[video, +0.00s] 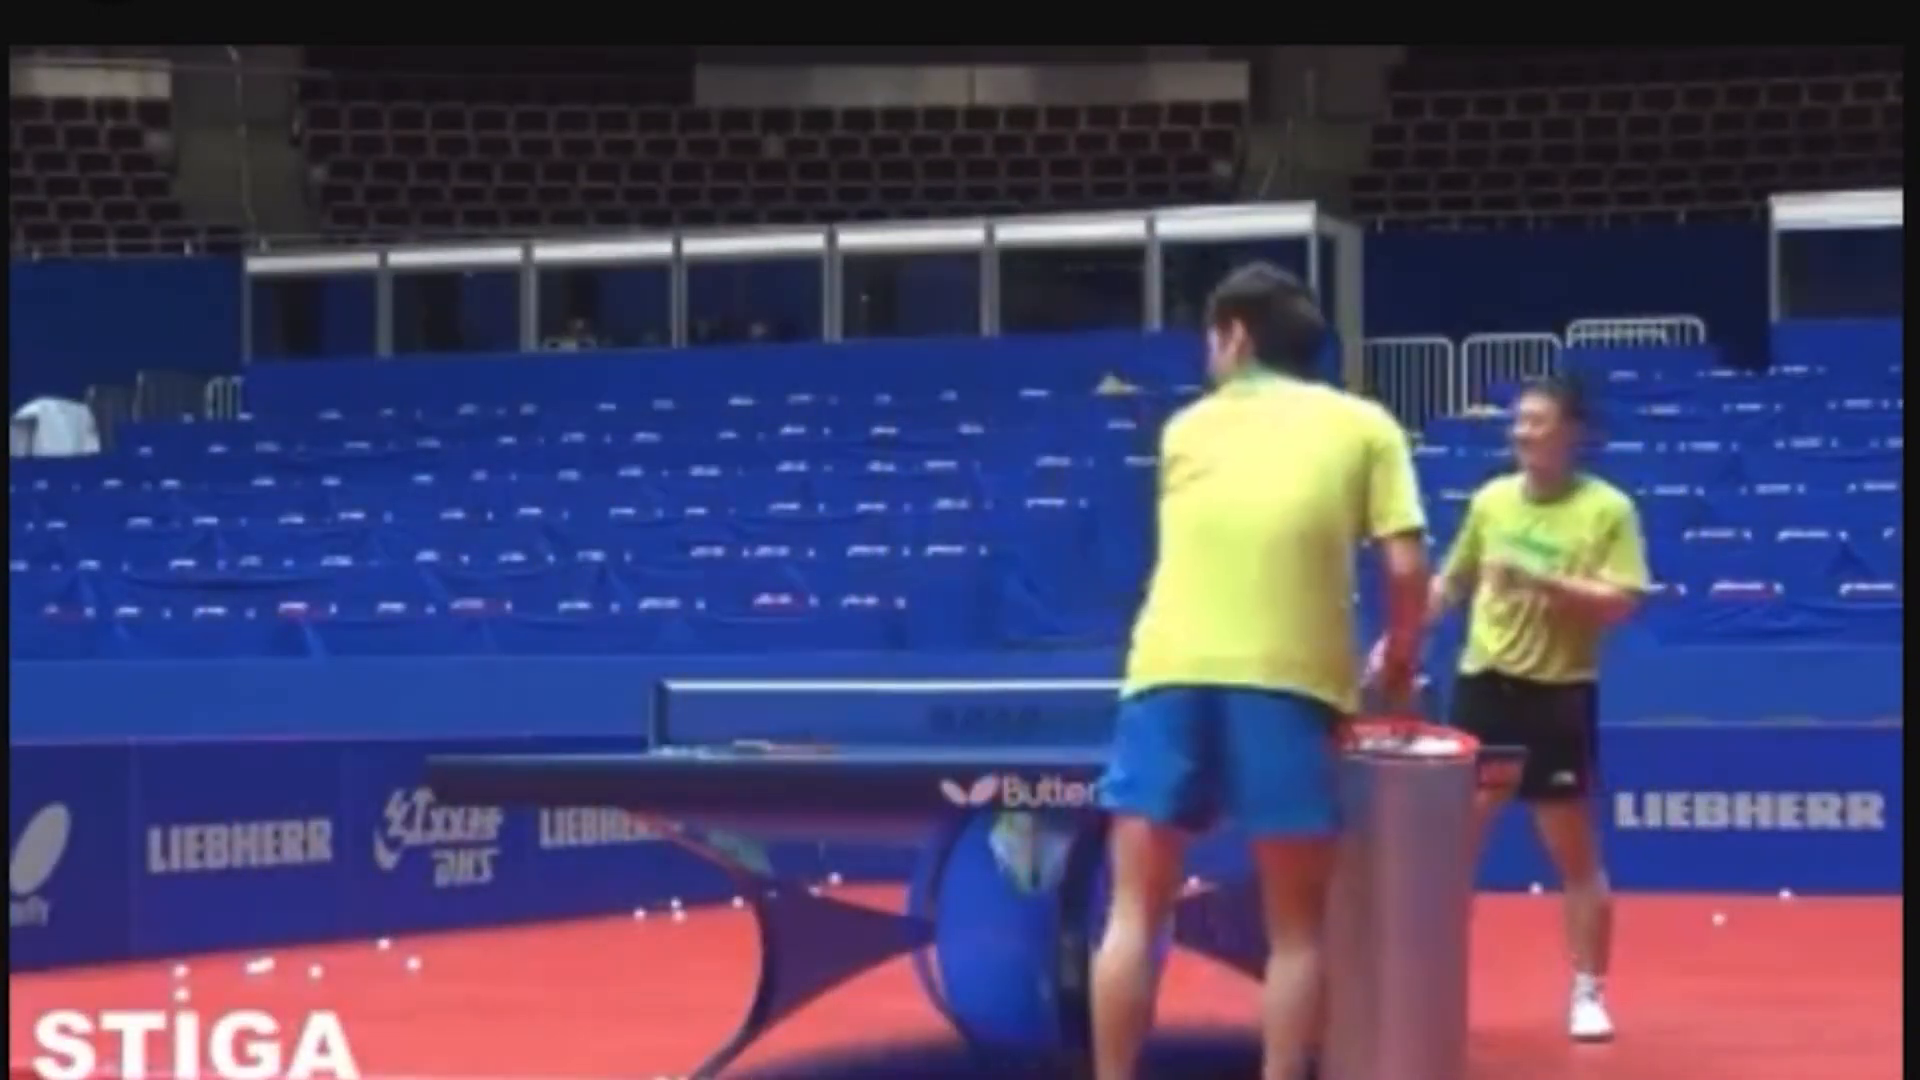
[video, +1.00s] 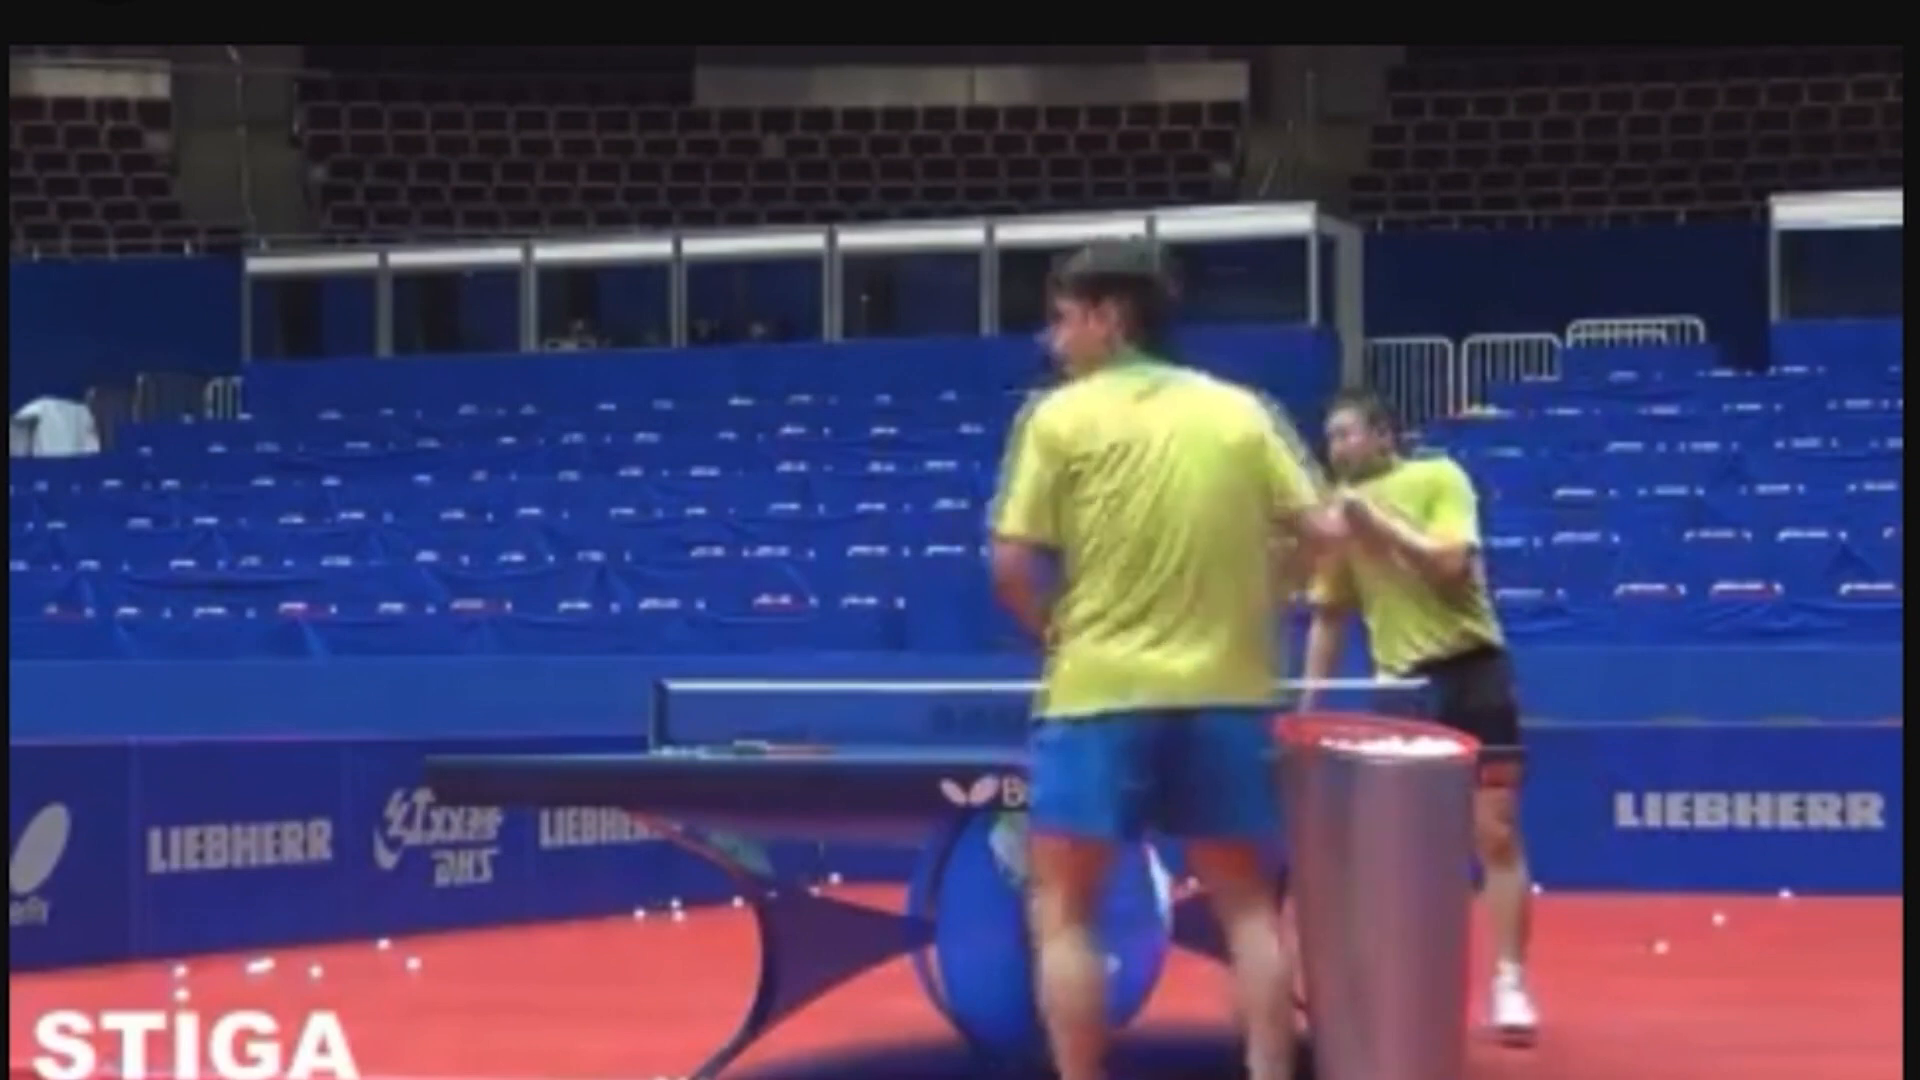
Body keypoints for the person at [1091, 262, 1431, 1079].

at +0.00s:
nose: (1208, 356)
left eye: (1212, 340)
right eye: (1209, 341)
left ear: (1235, 338)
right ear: (1305, 345)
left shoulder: (1188, 426)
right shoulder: (1365, 424)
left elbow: (1192, 557)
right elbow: (1406, 568)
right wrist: (1397, 665)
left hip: (1165, 674)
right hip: (1285, 681)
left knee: (1134, 909)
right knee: (1293, 927)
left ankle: (1112, 1072)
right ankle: (1283, 1073)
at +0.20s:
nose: (1221, 365)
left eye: (1226, 348)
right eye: (1222, 349)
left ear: (1257, 343)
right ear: (1312, 350)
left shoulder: (1206, 429)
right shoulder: (1385, 426)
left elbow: (1210, 555)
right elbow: (1419, 571)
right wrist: (1392, 688)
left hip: (1183, 676)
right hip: (1303, 684)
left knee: (1140, 911)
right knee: (1303, 931)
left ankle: (1112, 1072)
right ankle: (1285, 1073)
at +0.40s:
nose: (1215, 369)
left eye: (1222, 351)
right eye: (1215, 353)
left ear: (1259, 344)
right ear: (1308, 351)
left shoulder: (1206, 429)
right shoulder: (1390, 428)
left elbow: (1217, 553)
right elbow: (1425, 575)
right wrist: (1395, 693)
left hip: (1191, 675)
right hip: (1313, 685)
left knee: (1143, 910)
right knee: (1306, 936)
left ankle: (1112, 1072)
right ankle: (1287, 1073)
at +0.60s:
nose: (1188, 365)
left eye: (1195, 347)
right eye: (1188, 348)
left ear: (1236, 340)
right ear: (1288, 346)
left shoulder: (1184, 427)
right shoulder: (1373, 423)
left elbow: (1199, 553)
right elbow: (1416, 563)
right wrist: (1396, 693)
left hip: (1187, 676)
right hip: (1310, 688)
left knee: (1133, 904)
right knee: (1302, 932)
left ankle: (1096, 1071)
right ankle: (1285, 1073)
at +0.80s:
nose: (1135, 347)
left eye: (1146, 329)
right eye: (1136, 329)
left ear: (1189, 325)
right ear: (1222, 331)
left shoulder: (1135, 423)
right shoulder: (1327, 414)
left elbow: (1119, 569)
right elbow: (1398, 530)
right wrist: (1375, 626)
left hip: (1161, 685)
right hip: (1287, 689)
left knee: (1101, 909)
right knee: (1283, 918)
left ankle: (1078, 1071)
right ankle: (1280, 1073)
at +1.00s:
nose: (1052, 338)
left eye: (1063, 319)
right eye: (1053, 320)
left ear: (1108, 317)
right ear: (1133, 322)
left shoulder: (1058, 417)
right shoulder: (1239, 409)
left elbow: (1011, 561)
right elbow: (1322, 528)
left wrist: (1060, 631)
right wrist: (1261, 592)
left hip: (1100, 695)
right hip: (1226, 694)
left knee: (1064, 909)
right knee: (1245, 900)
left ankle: (1080, 1070)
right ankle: (1271, 1070)